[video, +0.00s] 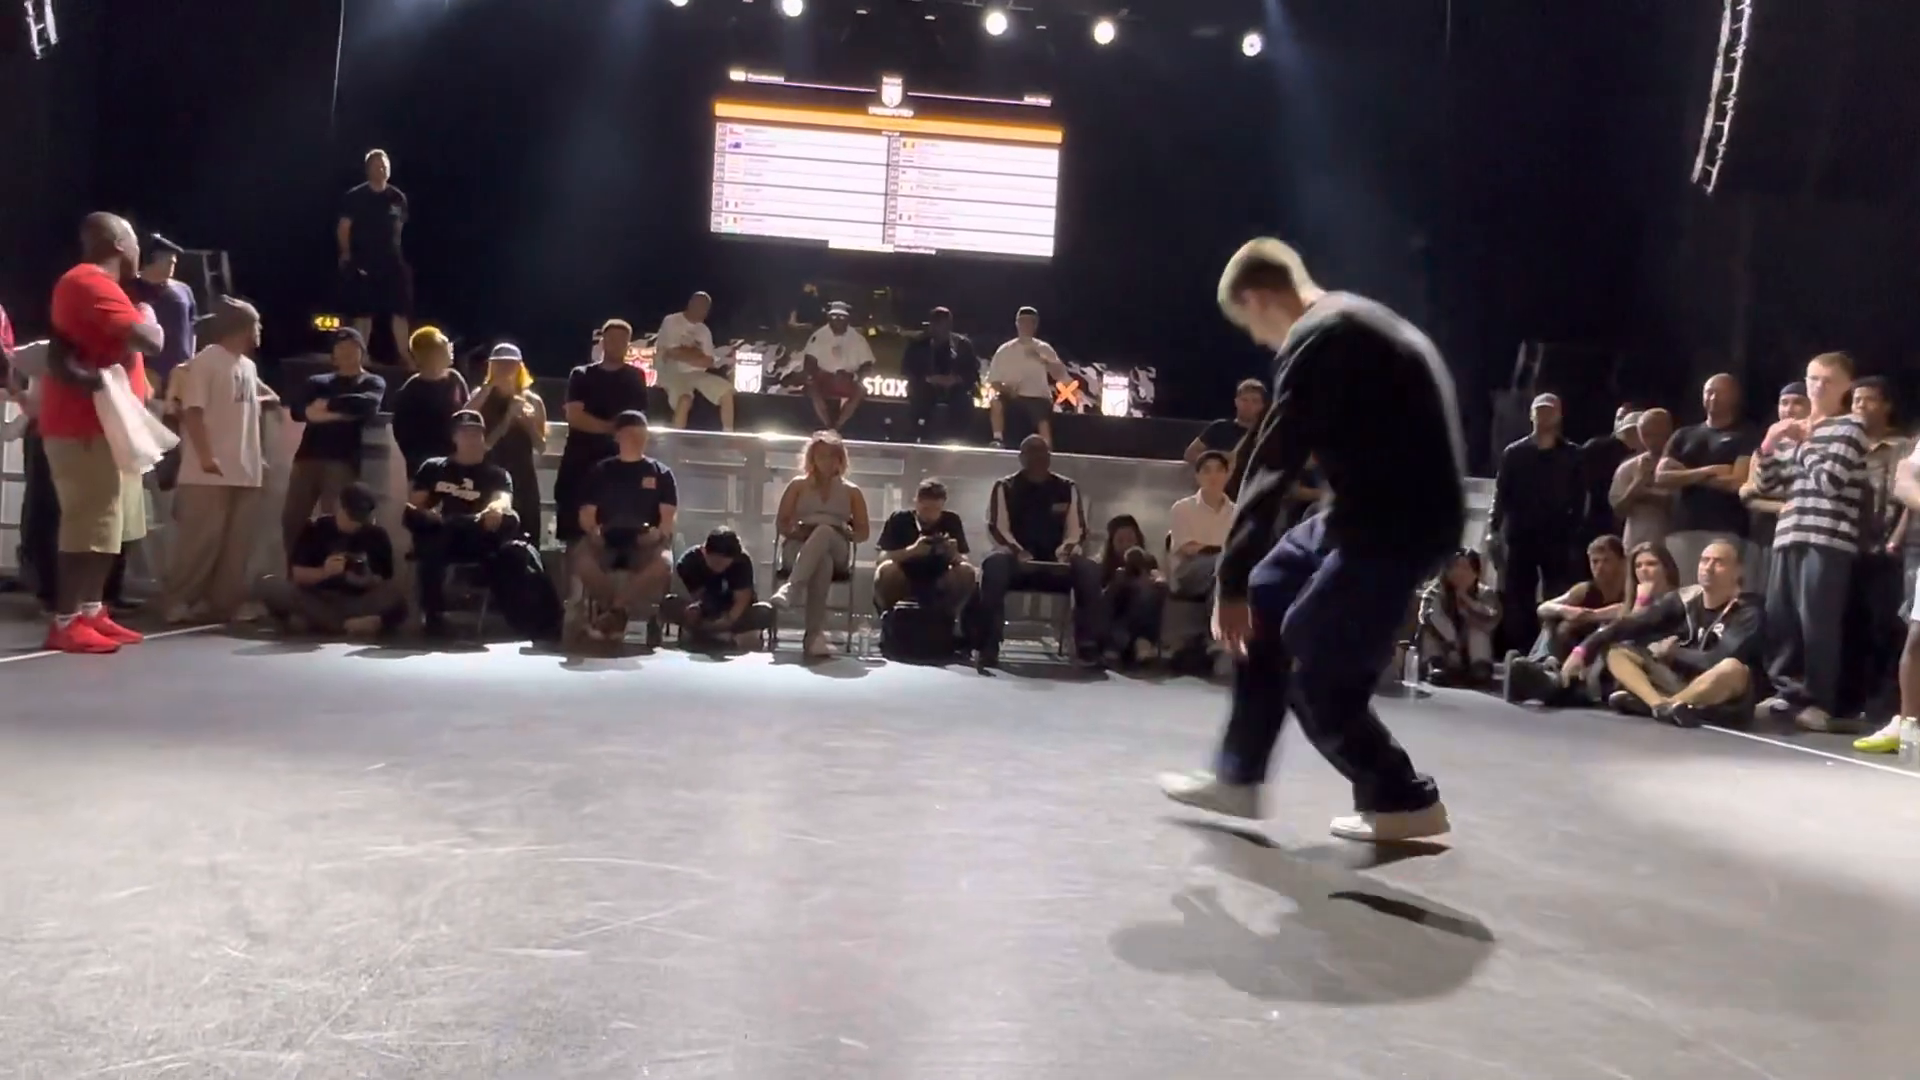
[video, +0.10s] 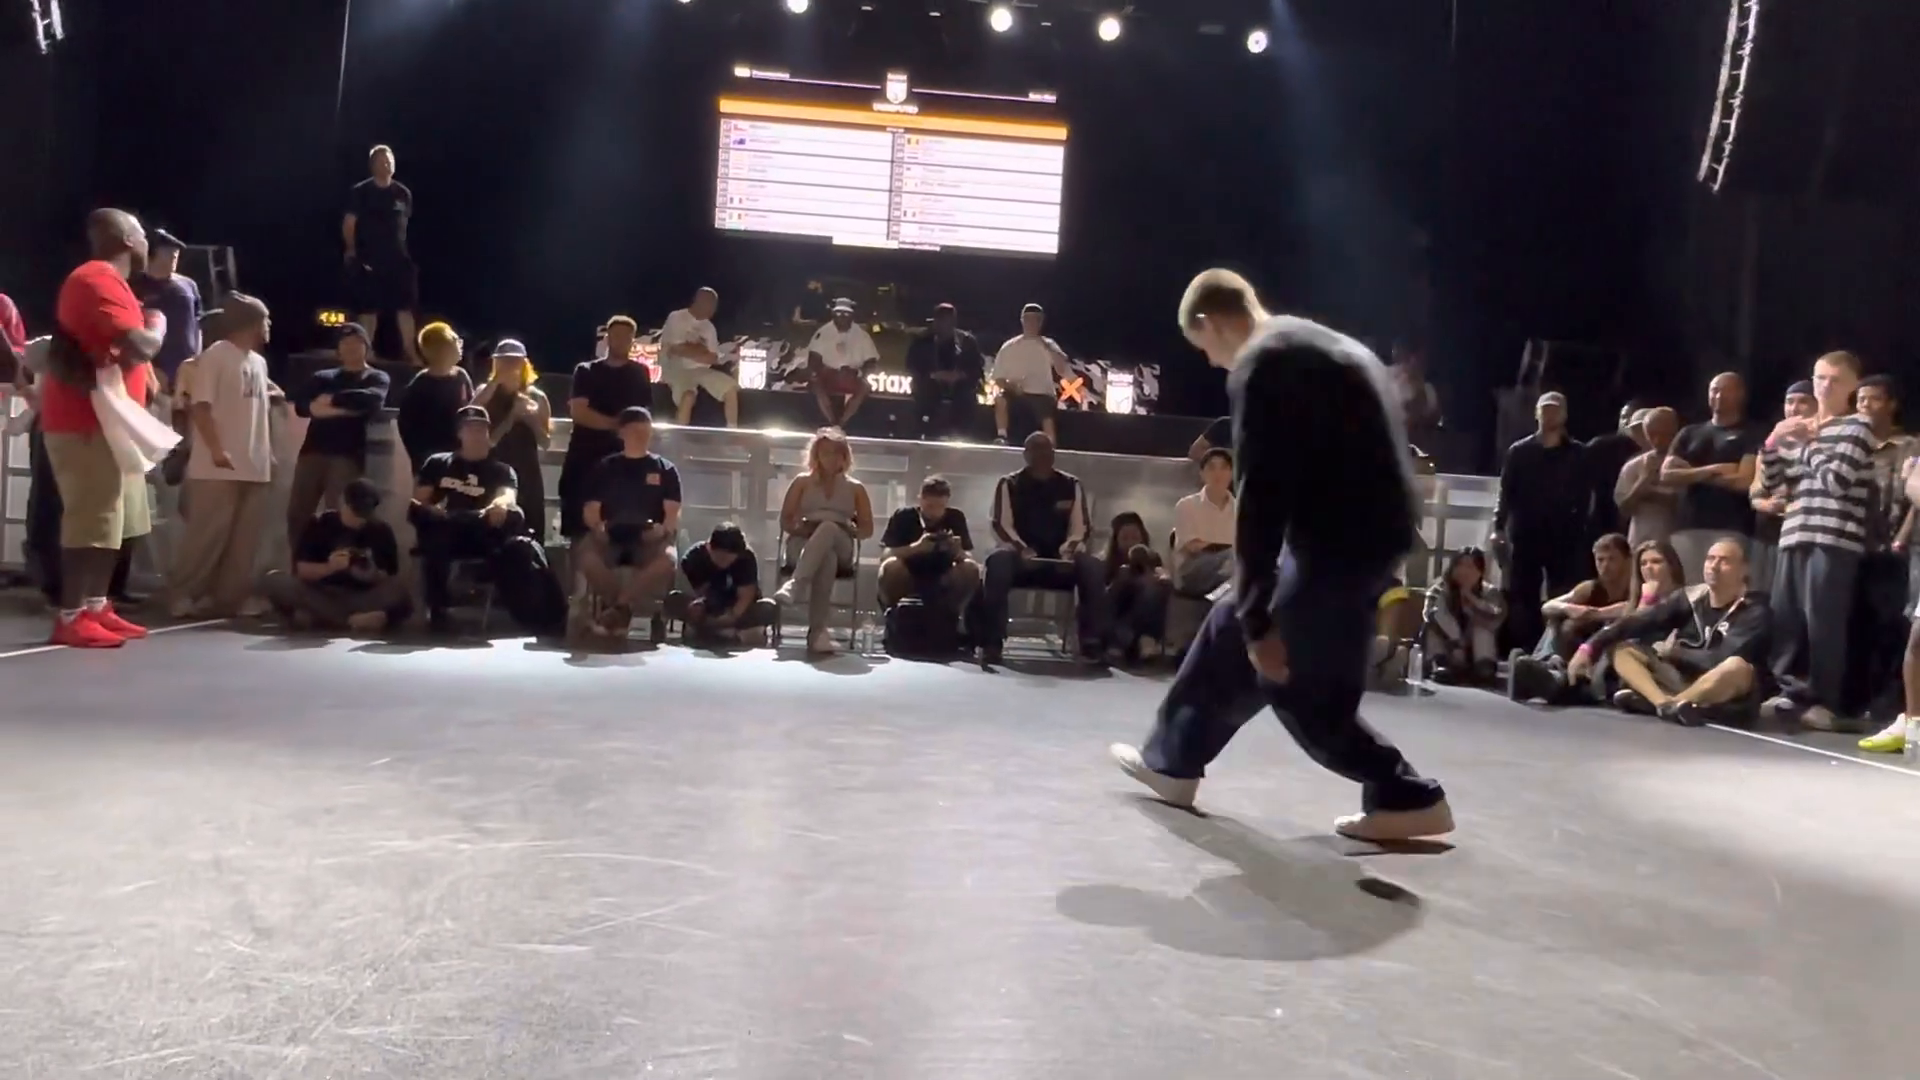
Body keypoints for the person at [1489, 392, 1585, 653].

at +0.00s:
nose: (1543, 416)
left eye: (1548, 411)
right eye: (1538, 411)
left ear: (1559, 416)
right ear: (1531, 416)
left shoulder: (1573, 454)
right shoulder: (1514, 453)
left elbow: (1580, 497)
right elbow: (1502, 493)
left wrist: (1574, 528)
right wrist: (1494, 527)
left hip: (1558, 536)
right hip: (1521, 536)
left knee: (1558, 598)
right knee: (1519, 598)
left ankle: (1557, 655)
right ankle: (1520, 654)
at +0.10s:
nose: (1548, 415)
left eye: (1554, 410)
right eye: (1544, 409)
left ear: (1564, 416)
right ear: (1536, 414)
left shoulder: (1579, 453)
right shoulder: (1519, 451)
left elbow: (1586, 495)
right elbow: (1506, 492)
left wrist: (1582, 528)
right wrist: (1499, 527)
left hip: (1564, 536)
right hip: (1526, 536)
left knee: (1564, 600)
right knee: (1523, 600)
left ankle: (1562, 658)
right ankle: (1523, 656)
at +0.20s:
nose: (1554, 412)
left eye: (1560, 407)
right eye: (1550, 407)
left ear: (1570, 414)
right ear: (1542, 412)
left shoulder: (1585, 452)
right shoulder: (1524, 450)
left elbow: (1591, 494)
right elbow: (1511, 491)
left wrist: (1587, 525)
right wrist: (1504, 526)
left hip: (1570, 534)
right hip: (1531, 534)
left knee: (1569, 596)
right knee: (1528, 596)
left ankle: (1566, 655)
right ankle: (1528, 653)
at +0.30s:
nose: (1560, 411)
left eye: (1565, 406)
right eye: (1556, 406)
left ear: (1575, 413)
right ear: (1547, 411)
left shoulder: (1590, 451)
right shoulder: (1530, 448)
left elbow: (1596, 494)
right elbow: (1516, 490)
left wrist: (1592, 527)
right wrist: (1509, 526)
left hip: (1574, 533)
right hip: (1536, 533)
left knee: (1573, 598)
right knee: (1532, 596)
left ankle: (1571, 655)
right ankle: (1531, 653)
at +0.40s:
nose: (1564, 410)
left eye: (1570, 406)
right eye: (1560, 405)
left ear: (1580, 412)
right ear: (1551, 410)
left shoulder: (1594, 451)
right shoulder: (1534, 448)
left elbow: (1600, 494)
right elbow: (1520, 490)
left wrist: (1595, 527)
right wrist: (1513, 525)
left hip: (1579, 534)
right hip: (1540, 533)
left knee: (1577, 598)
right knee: (1537, 597)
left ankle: (1574, 655)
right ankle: (1535, 652)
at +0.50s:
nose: (1567, 411)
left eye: (1573, 406)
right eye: (1563, 405)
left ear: (1583, 412)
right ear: (1555, 410)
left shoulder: (1597, 450)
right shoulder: (1537, 447)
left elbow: (1603, 493)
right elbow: (1523, 489)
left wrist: (1599, 526)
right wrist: (1516, 524)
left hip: (1582, 532)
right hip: (1544, 531)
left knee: (1580, 598)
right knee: (1540, 597)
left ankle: (1578, 654)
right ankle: (1539, 652)